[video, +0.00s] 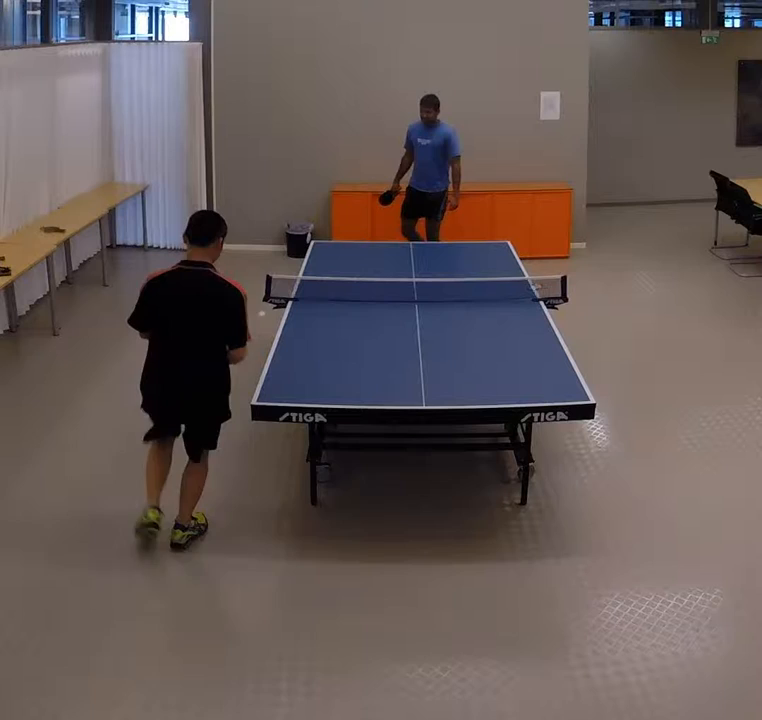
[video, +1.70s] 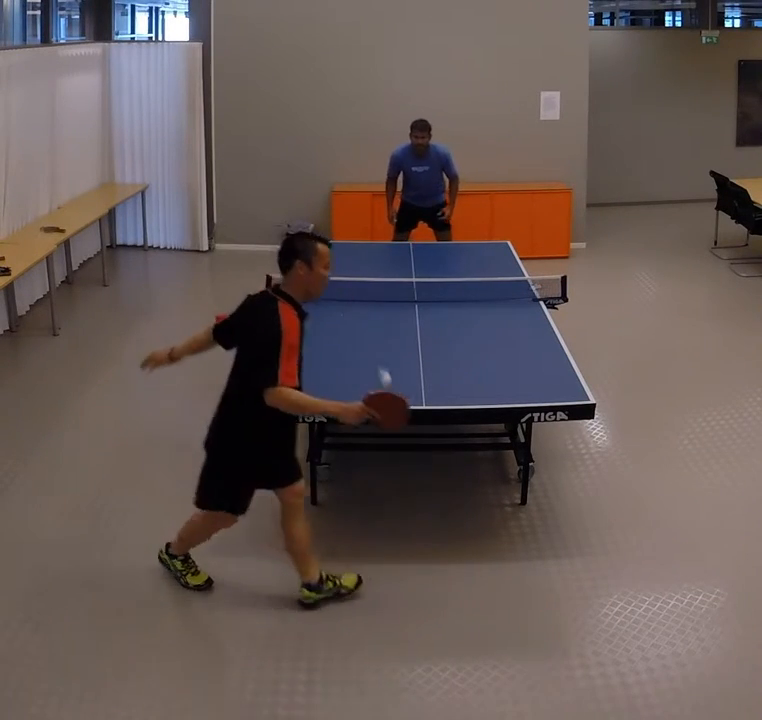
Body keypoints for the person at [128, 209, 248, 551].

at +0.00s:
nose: (222, 246)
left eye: (219, 241)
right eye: (223, 241)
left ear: (185, 241)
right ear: (219, 244)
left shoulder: (157, 282)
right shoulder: (230, 294)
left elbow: (143, 330)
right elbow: (237, 353)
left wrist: (171, 335)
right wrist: (208, 350)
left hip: (161, 384)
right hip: (206, 389)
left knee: (162, 436)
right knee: (198, 454)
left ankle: (152, 507)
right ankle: (183, 525)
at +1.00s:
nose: (242, 258)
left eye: (242, 251)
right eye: (239, 251)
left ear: (219, 252)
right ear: (219, 252)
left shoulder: (211, 285)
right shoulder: (194, 288)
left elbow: (200, 336)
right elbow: (183, 345)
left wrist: (233, 337)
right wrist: (222, 345)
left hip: (175, 378)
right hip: (156, 385)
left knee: (184, 408)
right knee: (184, 460)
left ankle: (165, 456)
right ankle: (169, 550)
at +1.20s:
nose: (245, 262)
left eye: (245, 255)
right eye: (242, 255)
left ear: (219, 255)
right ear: (220, 257)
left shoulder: (209, 284)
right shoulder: (195, 301)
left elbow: (225, 317)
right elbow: (224, 363)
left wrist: (262, 317)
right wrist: (268, 334)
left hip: (181, 386)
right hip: (163, 398)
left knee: (185, 432)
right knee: (190, 480)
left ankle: (164, 472)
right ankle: (171, 556)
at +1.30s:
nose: (255, 259)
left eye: (256, 252)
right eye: (252, 252)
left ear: (226, 252)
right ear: (231, 255)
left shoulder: (214, 281)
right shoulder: (203, 297)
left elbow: (236, 301)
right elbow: (235, 358)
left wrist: (273, 286)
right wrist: (285, 328)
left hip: (190, 391)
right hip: (167, 399)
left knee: (197, 451)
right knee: (185, 480)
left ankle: (165, 495)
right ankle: (170, 555)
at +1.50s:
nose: (286, 261)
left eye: (286, 253)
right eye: (280, 253)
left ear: (253, 257)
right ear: (254, 256)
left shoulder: (231, 285)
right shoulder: (236, 301)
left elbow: (202, 293)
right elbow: (250, 368)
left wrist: (198, 290)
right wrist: (301, 377)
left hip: (220, 406)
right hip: (193, 409)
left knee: (245, 470)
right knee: (189, 490)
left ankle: (243, 551)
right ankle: (170, 555)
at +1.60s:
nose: (304, 269)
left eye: (304, 261)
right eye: (298, 261)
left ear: (272, 263)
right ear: (272, 263)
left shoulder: (240, 294)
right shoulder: (257, 310)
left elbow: (200, 311)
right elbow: (262, 381)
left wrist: (168, 318)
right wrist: (313, 396)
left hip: (240, 417)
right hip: (217, 419)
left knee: (265, 487)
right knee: (199, 494)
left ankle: (293, 569)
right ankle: (171, 556)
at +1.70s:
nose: (329, 276)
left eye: (329, 268)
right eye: (324, 268)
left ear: (299, 269)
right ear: (300, 269)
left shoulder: (262, 303)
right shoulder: (285, 320)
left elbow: (216, 334)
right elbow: (276, 393)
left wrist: (173, 354)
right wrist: (338, 410)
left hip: (270, 428)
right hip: (243, 432)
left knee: (293, 494)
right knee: (225, 511)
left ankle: (312, 581)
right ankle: (174, 551)